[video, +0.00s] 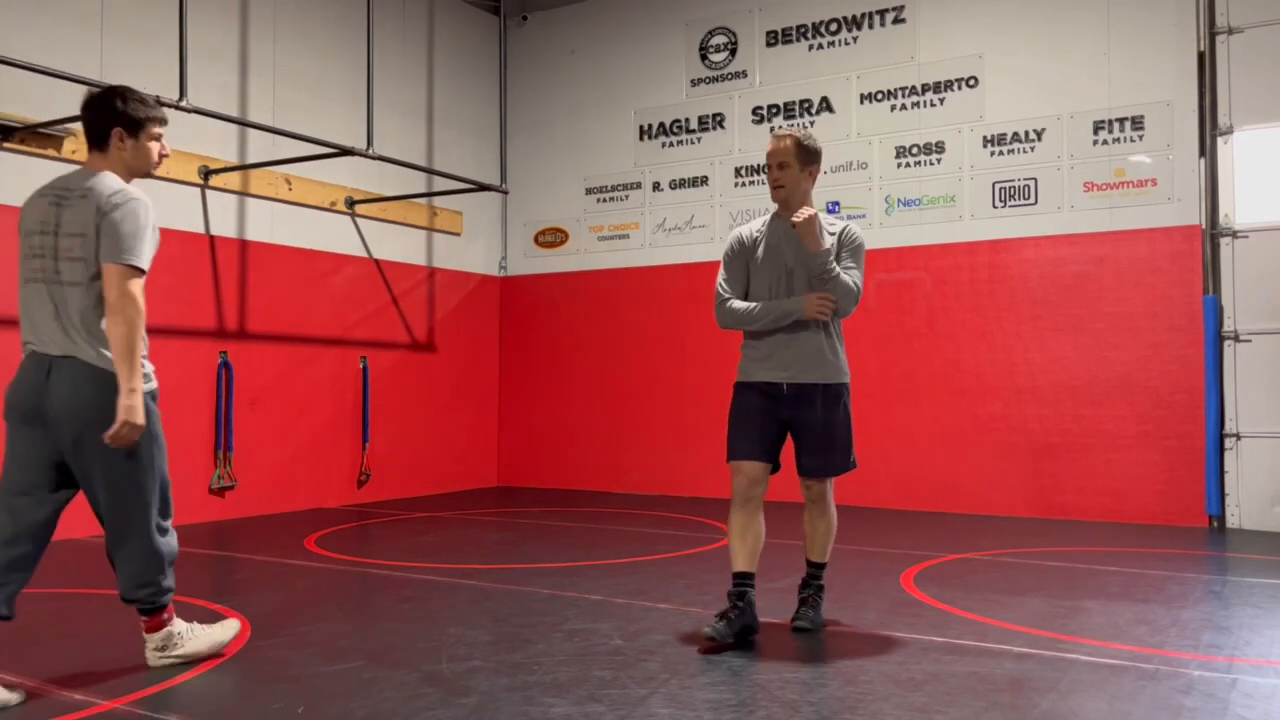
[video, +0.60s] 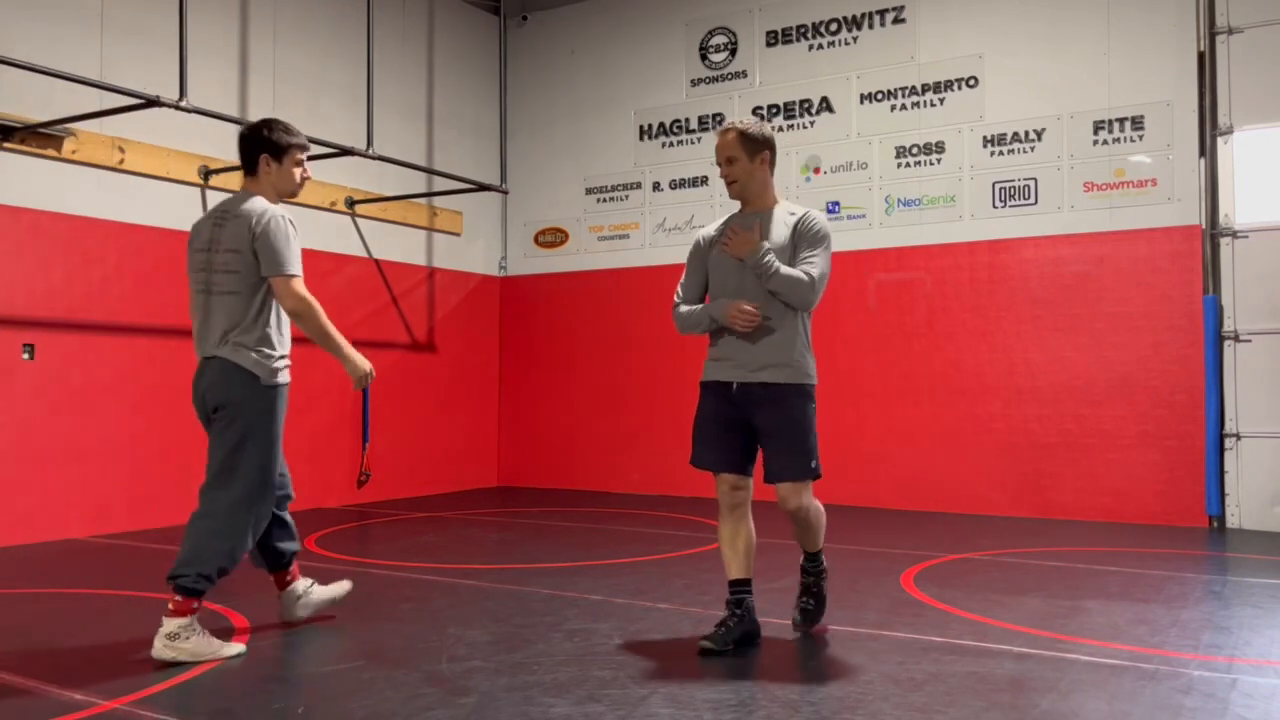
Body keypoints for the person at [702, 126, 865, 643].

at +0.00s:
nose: (772, 177)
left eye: (782, 168)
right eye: (768, 168)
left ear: (812, 172)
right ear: (767, 173)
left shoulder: (843, 237)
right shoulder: (744, 240)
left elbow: (845, 303)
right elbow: (725, 311)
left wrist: (815, 246)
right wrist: (794, 307)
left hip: (819, 383)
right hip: (757, 383)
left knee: (816, 491)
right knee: (746, 488)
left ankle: (812, 596)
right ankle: (741, 607)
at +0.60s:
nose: (721, 174)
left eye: (729, 163)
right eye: (718, 165)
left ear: (762, 161)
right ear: (731, 168)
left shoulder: (807, 227)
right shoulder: (708, 240)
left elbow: (806, 293)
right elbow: (683, 315)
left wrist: (755, 256)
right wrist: (717, 311)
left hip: (784, 382)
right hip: (724, 384)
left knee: (795, 499)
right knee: (731, 495)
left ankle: (813, 570)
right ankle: (740, 613)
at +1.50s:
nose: (793, 161)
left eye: (804, 151)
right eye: (786, 152)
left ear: (829, 157)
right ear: (780, 160)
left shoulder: (858, 229)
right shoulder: (759, 235)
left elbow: (880, 308)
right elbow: (732, 306)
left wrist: (825, 274)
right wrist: (754, 303)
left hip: (834, 379)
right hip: (771, 381)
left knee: (839, 494)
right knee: (755, 491)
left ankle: (843, 611)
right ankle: (744, 613)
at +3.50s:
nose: (779, 188)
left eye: (786, 179)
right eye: (777, 179)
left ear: (818, 177)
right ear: (787, 182)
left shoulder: (857, 239)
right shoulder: (775, 249)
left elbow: (876, 311)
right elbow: (758, 323)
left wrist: (807, 295)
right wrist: (772, 300)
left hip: (841, 380)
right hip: (789, 382)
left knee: (847, 486)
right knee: (802, 486)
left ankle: (869, 597)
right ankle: (815, 588)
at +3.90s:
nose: (794, 183)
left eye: (801, 174)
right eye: (792, 174)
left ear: (834, 171)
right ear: (817, 174)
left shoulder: (872, 235)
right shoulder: (796, 240)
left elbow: (896, 310)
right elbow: (788, 306)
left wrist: (830, 301)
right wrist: (770, 303)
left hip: (853, 381)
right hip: (802, 382)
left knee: (857, 489)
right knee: (806, 486)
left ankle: (870, 601)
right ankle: (816, 589)